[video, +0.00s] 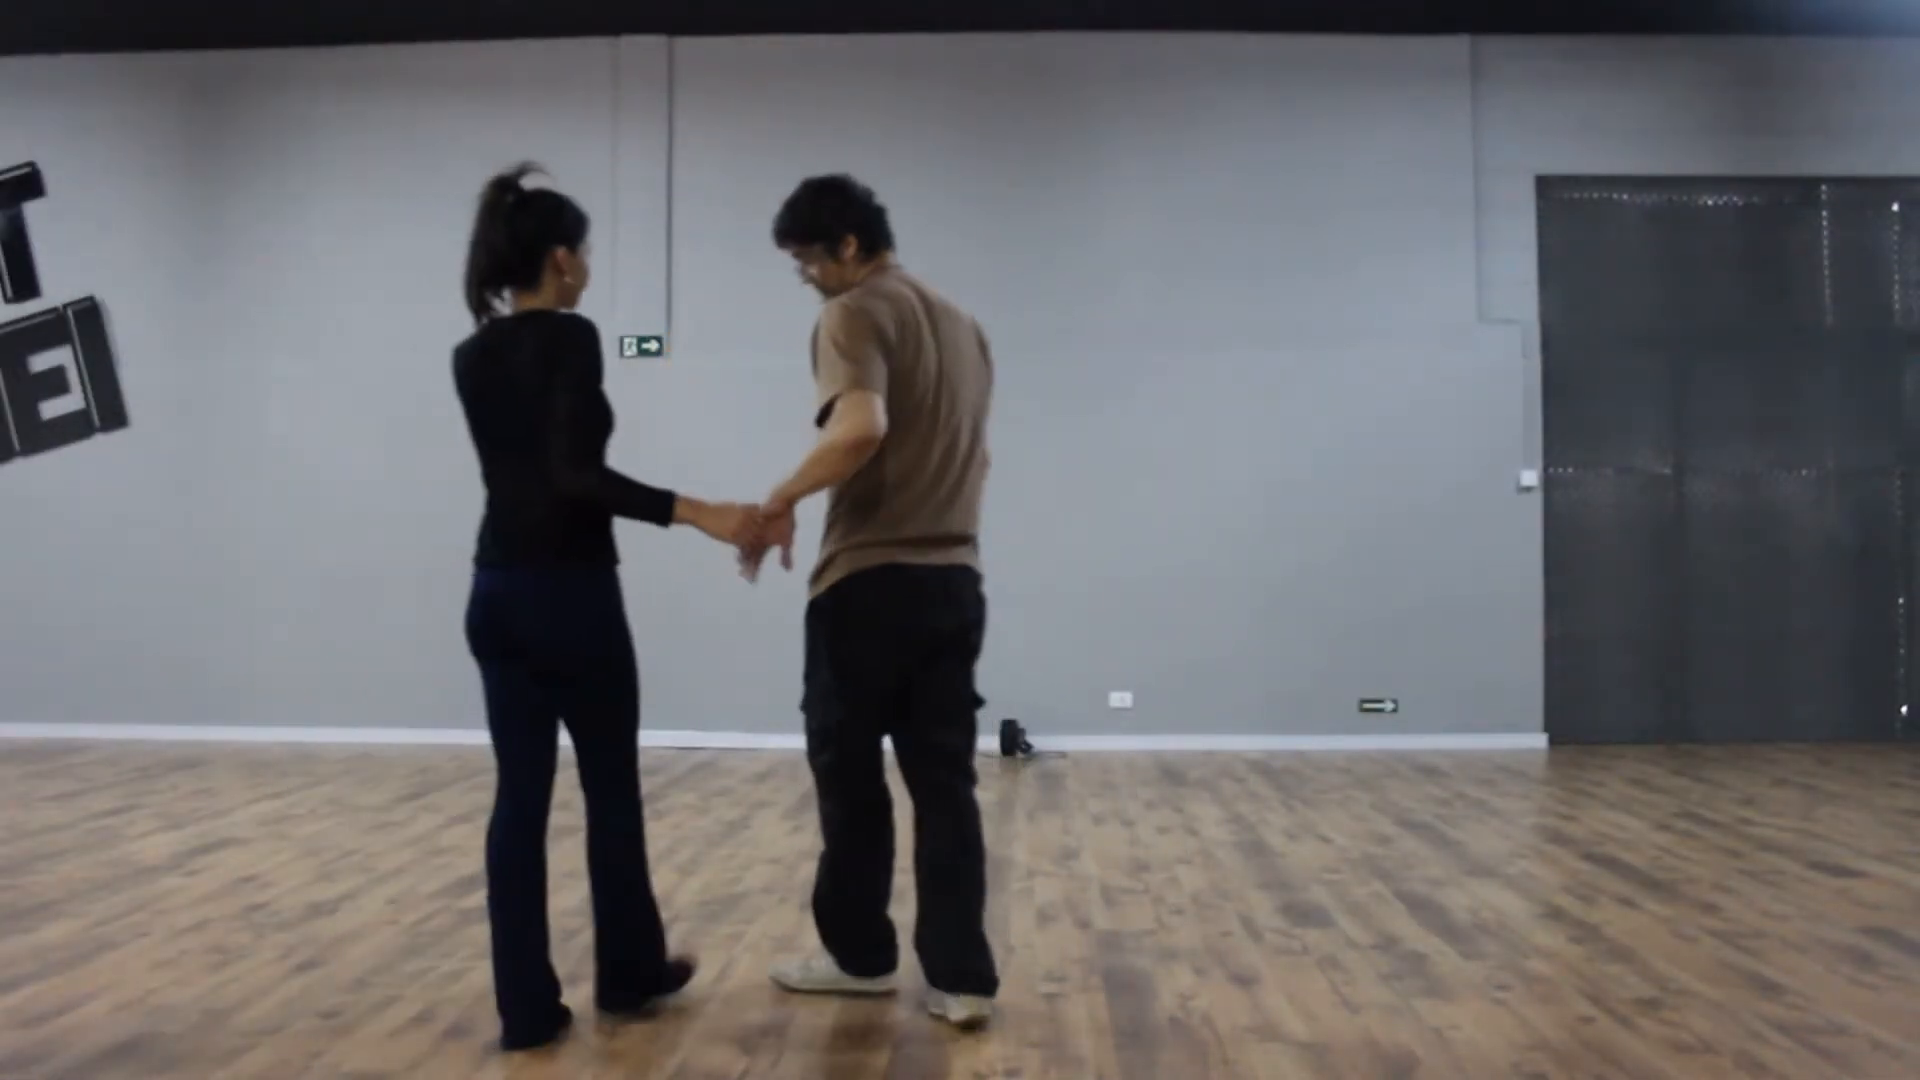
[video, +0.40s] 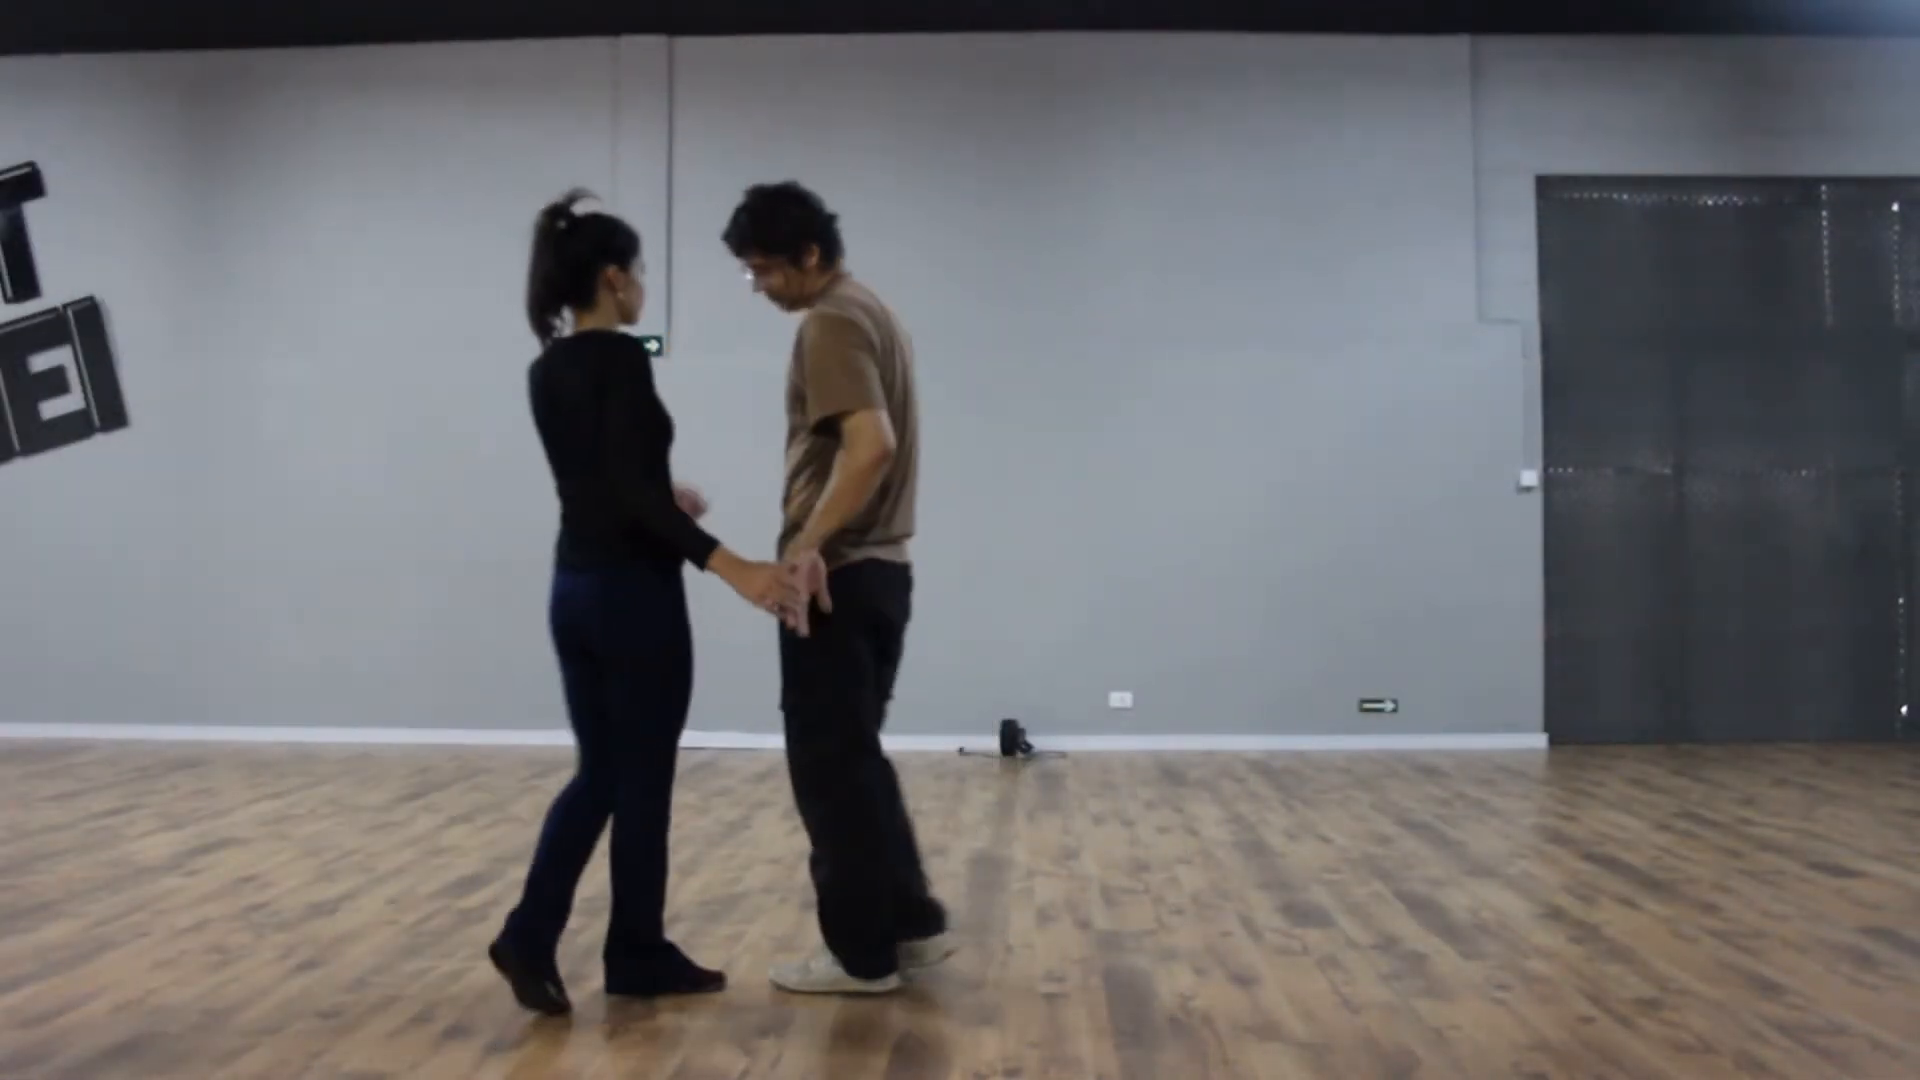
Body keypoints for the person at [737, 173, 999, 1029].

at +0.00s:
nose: (806, 281)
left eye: (808, 264)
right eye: (799, 267)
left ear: (848, 245)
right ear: (877, 245)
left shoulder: (852, 314)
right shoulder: (965, 327)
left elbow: (859, 427)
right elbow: (966, 450)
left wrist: (780, 499)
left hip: (864, 588)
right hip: (952, 587)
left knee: (847, 774)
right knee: (946, 779)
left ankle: (858, 954)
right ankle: (961, 979)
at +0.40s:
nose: (756, 284)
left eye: (761, 268)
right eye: (750, 269)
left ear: (805, 255)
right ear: (815, 255)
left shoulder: (833, 323)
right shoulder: (865, 313)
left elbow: (870, 445)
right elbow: (883, 448)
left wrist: (808, 544)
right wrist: (826, 540)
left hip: (840, 577)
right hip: (874, 573)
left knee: (826, 761)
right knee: (850, 749)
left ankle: (860, 953)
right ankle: (911, 919)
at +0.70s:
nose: (742, 289)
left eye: (752, 274)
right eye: (736, 275)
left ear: (799, 262)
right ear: (763, 265)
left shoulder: (835, 331)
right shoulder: (798, 333)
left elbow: (882, 448)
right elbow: (776, 443)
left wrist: (825, 552)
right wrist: (727, 530)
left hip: (833, 577)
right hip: (796, 574)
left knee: (834, 758)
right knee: (777, 747)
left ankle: (865, 954)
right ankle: (791, 922)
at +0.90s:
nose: (733, 289)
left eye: (745, 275)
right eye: (727, 276)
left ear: (789, 263)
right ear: (731, 268)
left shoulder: (828, 331)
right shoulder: (759, 339)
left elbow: (880, 443)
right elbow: (729, 418)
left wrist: (827, 547)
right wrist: (679, 471)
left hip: (815, 578)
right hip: (765, 573)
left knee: (822, 756)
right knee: (754, 749)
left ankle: (864, 947)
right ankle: (775, 921)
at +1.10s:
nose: (725, 276)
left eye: (739, 261)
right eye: (714, 264)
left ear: (776, 259)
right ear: (705, 266)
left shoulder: (813, 327)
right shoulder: (718, 350)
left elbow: (865, 433)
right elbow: (652, 430)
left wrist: (822, 531)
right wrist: (560, 475)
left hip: (796, 569)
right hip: (740, 568)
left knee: (791, 750)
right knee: (740, 748)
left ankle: (858, 940)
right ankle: (775, 923)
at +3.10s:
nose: (754, 264)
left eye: (765, 246)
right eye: (738, 253)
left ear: (798, 249)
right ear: (728, 267)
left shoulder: (843, 326)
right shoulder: (735, 349)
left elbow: (942, 396)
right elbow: (646, 450)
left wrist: (926, 511)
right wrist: (666, 432)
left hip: (841, 587)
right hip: (761, 589)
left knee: (833, 767)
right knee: (756, 761)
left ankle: (822, 942)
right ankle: (773, 922)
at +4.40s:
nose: (732, 268)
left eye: (743, 252)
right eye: (717, 260)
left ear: (774, 255)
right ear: (706, 275)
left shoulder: (821, 335)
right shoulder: (715, 352)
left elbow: (890, 433)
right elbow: (626, 438)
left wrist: (851, 515)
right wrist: (640, 436)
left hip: (806, 580)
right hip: (737, 581)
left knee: (804, 757)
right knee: (745, 759)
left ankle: (827, 936)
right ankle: (774, 922)